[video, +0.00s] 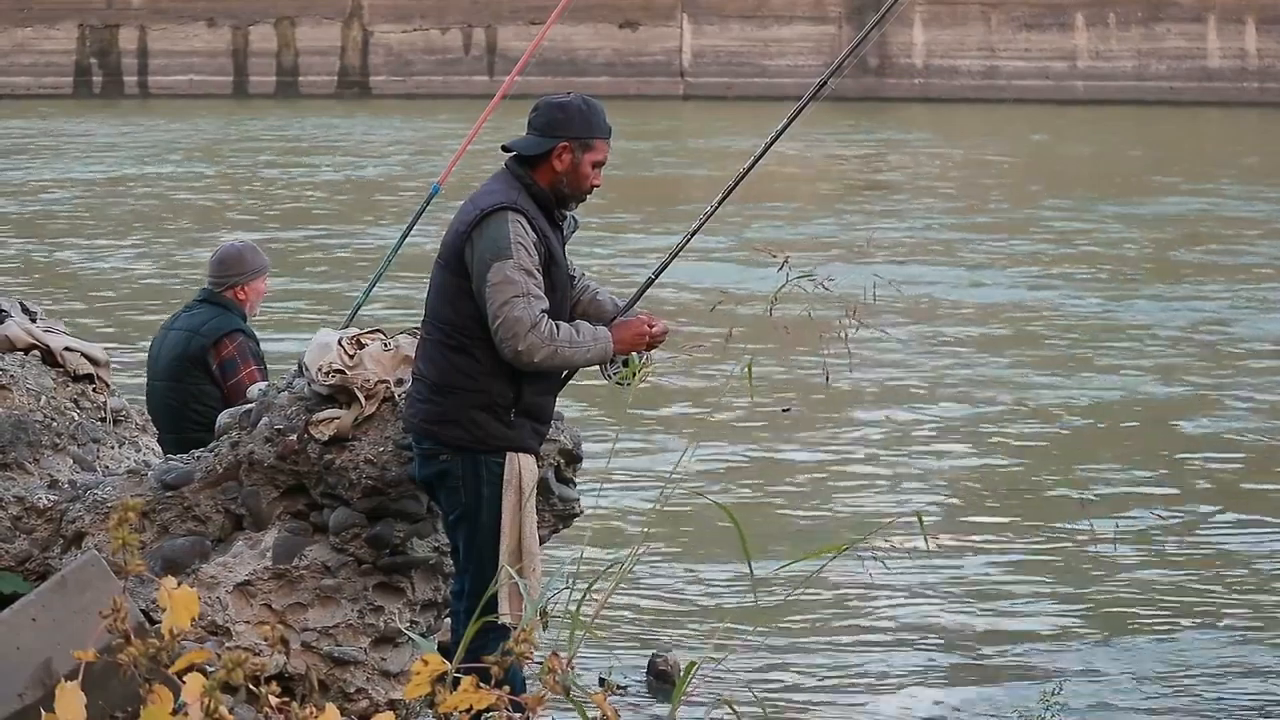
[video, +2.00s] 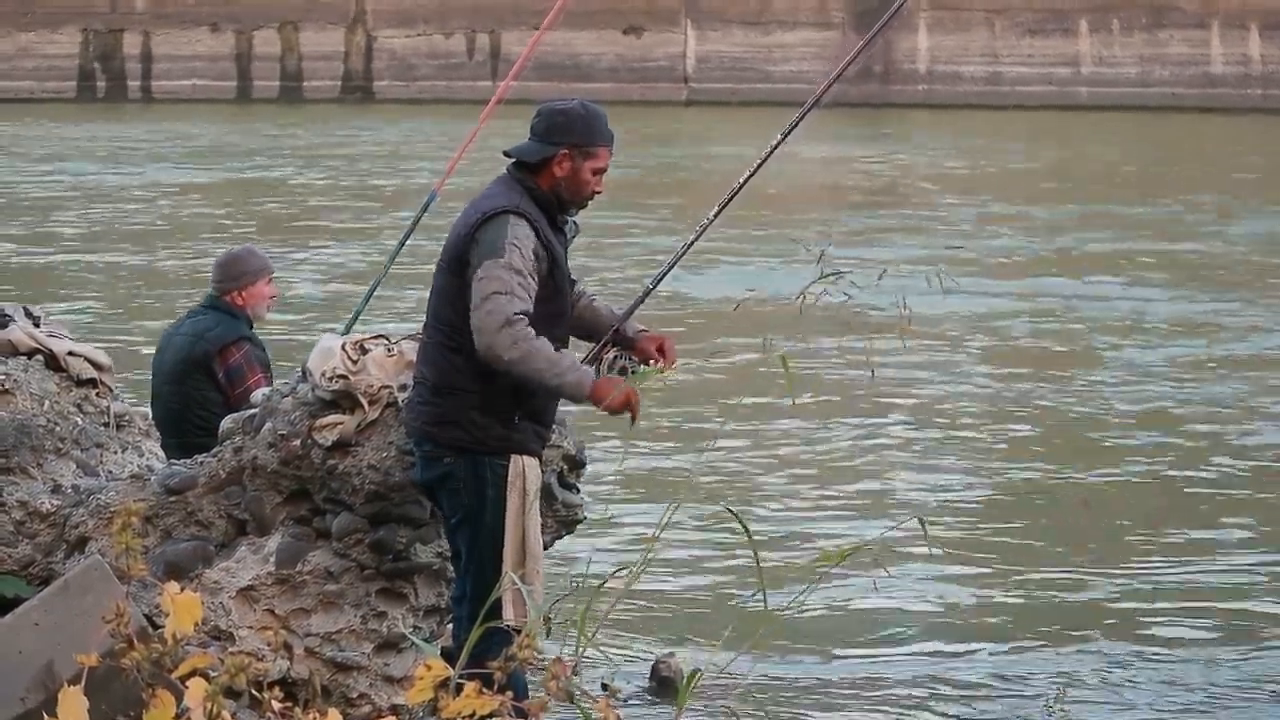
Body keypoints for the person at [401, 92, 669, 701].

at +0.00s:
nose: (600, 178)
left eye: (603, 165)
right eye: (596, 164)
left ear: (562, 156)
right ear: (560, 156)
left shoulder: (535, 214)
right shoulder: (505, 221)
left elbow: (566, 293)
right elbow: (524, 339)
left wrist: (622, 319)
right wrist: (611, 340)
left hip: (493, 433)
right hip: (468, 438)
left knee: (497, 589)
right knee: (489, 594)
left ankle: (490, 706)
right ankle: (487, 709)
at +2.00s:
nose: (602, 184)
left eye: (605, 171)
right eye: (597, 170)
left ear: (563, 161)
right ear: (561, 162)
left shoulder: (535, 217)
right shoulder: (510, 224)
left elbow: (558, 300)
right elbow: (500, 331)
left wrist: (627, 336)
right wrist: (590, 383)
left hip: (494, 437)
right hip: (470, 443)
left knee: (498, 592)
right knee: (489, 598)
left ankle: (491, 710)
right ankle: (484, 713)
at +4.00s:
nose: (590, 176)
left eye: (591, 164)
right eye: (588, 164)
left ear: (535, 160)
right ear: (572, 168)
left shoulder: (527, 221)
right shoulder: (508, 229)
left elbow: (561, 305)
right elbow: (541, 341)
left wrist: (624, 326)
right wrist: (622, 349)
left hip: (490, 440)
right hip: (471, 444)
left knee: (499, 587)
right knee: (491, 591)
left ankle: (496, 707)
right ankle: (492, 710)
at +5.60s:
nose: (595, 174)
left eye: (595, 162)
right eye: (593, 162)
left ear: (545, 163)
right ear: (572, 169)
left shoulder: (528, 223)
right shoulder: (510, 230)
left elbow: (565, 308)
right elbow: (544, 345)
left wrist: (631, 332)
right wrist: (625, 345)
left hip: (488, 445)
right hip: (475, 450)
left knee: (489, 603)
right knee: (497, 608)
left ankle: (482, 710)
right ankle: (498, 714)